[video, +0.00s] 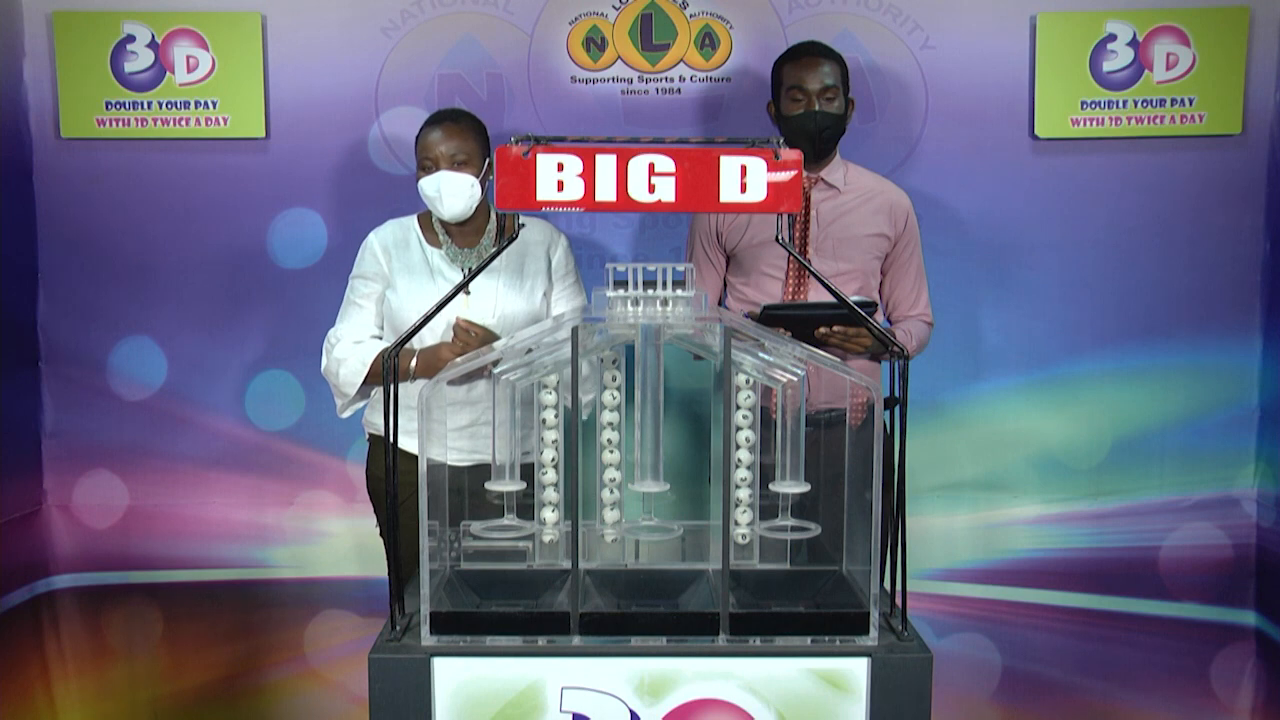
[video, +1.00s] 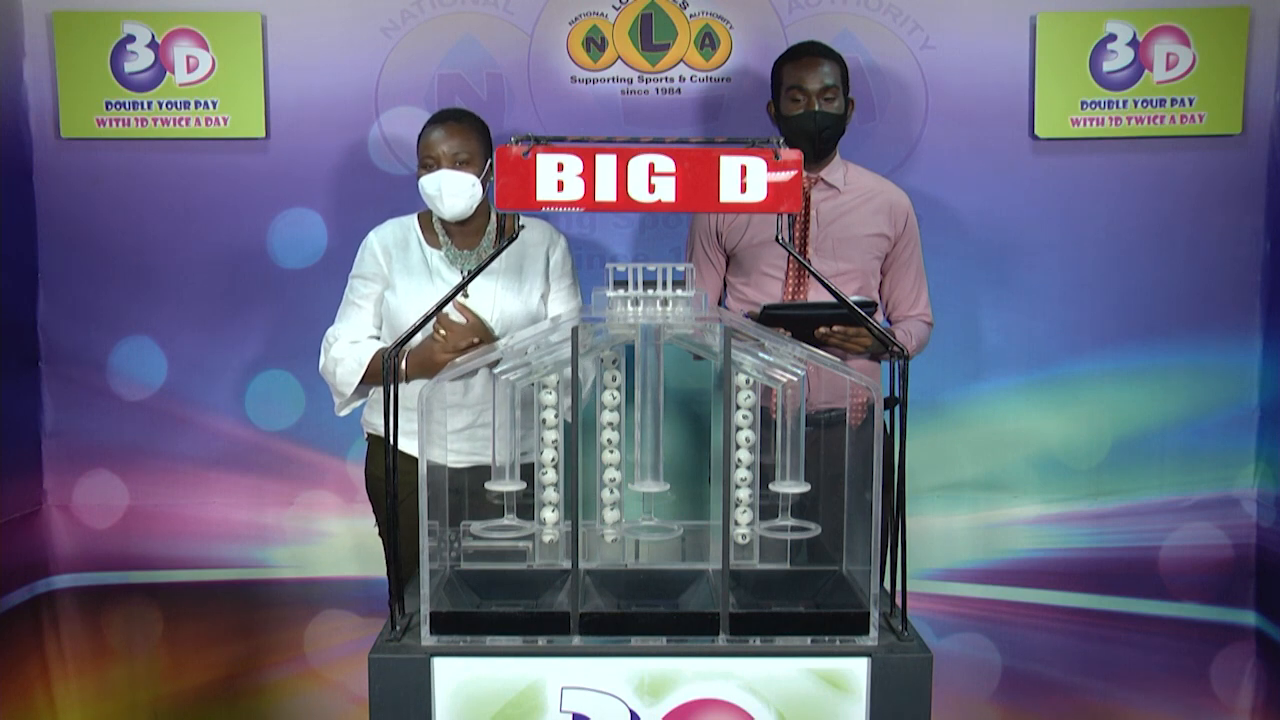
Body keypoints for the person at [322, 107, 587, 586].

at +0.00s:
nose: (445, 180)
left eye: (459, 164)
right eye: (430, 167)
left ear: (487, 167)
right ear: (417, 174)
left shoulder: (543, 245)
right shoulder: (386, 247)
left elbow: (576, 360)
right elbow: (343, 359)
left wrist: (502, 355)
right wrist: (426, 360)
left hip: (513, 463)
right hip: (409, 464)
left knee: (506, 615)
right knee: (417, 615)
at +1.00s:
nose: (447, 180)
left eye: (462, 164)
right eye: (433, 166)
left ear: (489, 166)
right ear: (419, 171)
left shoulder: (543, 246)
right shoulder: (385, 246)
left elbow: (569, 360)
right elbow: (340, 359)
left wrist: (494, 351)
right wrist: (417, 361)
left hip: (510, 463)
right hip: (407, 463)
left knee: (504, 619)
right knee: (415, 617)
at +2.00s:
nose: (445, 179)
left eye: (459, 163)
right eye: (430, 166)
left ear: (483, 166)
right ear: (415, 171)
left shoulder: (537, 246)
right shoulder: (379, 246)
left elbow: (566, 354)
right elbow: (336, 360)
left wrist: (500, 352)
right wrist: (417, 362)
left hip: (507, 461)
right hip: (405, 461)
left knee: (502, 617)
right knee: (416, 616)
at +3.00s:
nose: (441, 178)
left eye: (455, 162)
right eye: (427, 165)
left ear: (481, 167)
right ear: (413, 173)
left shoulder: (537, 246)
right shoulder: (380, 248)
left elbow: (567, 350)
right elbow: (336, 360)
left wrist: (494, 355)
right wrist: (418, 361)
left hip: (505, 462)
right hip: (404, 462)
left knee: (500, 614)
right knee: (414, 612)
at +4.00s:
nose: (444, 180)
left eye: (459, 164)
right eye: (430, 165)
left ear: (486, 167)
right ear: (417, 169)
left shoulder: (539, 247)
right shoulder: (382, 248)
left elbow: (568, 361)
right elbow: (338, 360)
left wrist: (494, 359)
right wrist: (414, 361)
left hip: (507, 466)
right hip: (404, 466)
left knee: (502, 619)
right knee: (416, 618)